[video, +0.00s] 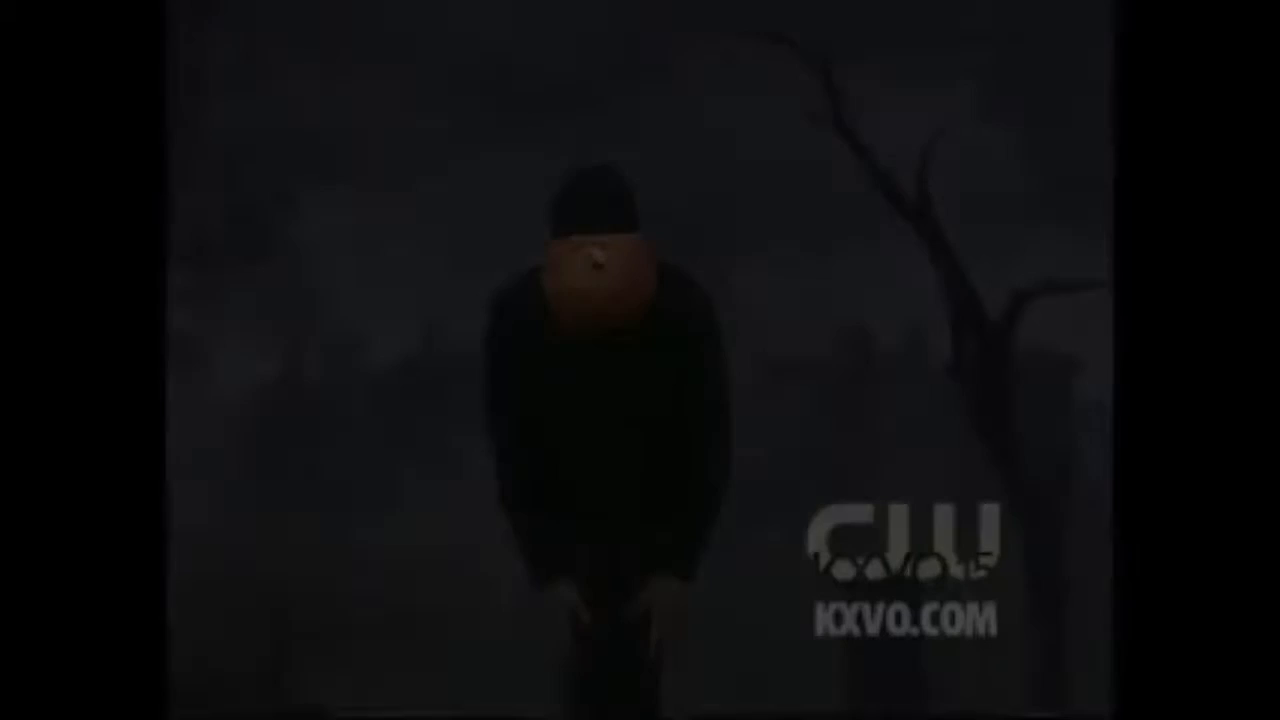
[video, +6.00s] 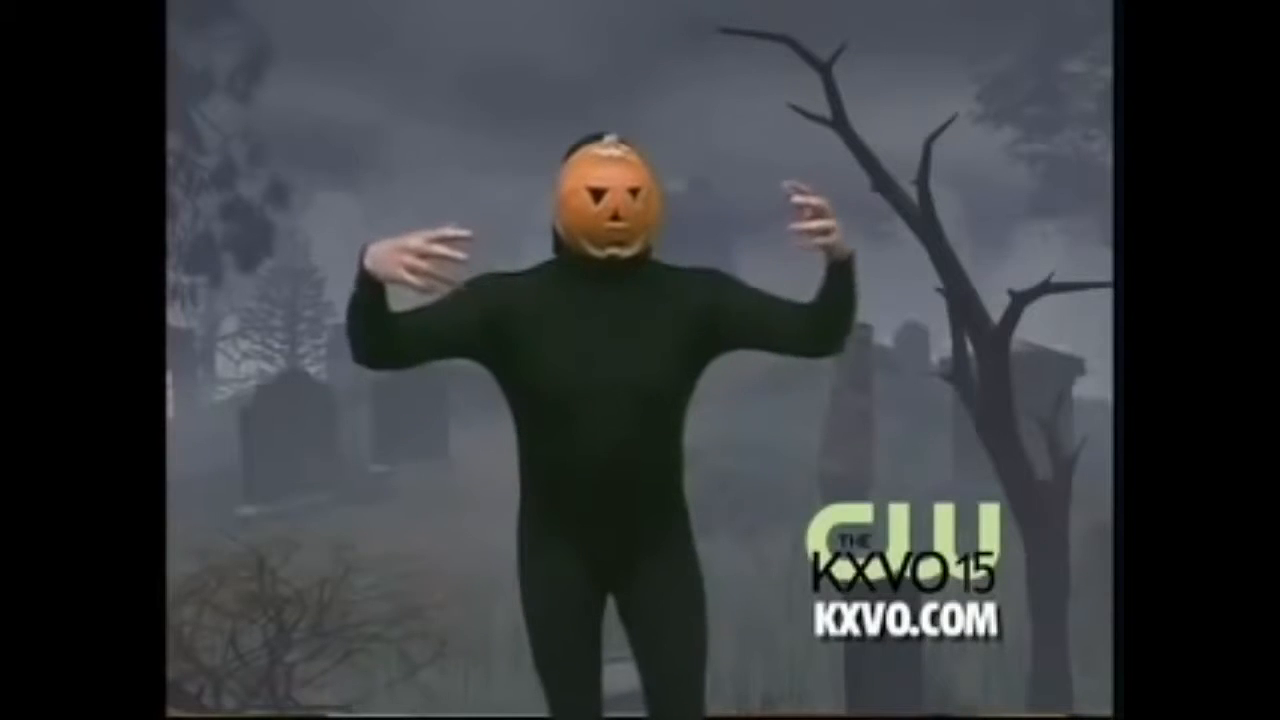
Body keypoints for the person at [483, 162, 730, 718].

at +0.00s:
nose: (599, 272)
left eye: (613, 254)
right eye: (582, 257)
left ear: (638, 251)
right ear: (555, 256)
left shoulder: (681, 310)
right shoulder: (520, 316)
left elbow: (708, 446)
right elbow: (513, 450)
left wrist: (679, 566)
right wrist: (549, 568)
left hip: (652, 515)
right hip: (564, 519)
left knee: (638, 677)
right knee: (574, 675)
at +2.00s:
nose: (597, 246)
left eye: (613, 229)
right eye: (580, 230)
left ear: (638, 230)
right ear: (553, 232)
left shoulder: (677, 298)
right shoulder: (519, 306)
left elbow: (753, 427)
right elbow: (461, 442)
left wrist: (678, 533)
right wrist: (544, 540)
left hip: (656, 520)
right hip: (560, 523)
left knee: (635, 690)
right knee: (586, 693)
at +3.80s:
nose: (608, 217)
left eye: (626, 202)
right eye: (593, 201)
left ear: (655, 214)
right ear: (565, 214)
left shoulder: (688, 297)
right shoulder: (529, 300)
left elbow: (780, 410)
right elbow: (459, 435)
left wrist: (717, 452)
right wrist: (511, 459)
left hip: (659, 531)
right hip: (562, 533)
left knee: (639, 694)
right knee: (589, 693)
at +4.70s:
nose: (614, 241)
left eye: (632, 225)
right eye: (595, 227)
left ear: (660, 218)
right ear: (563, 217)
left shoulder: (691, 301)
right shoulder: (522, 305)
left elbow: (787, 419)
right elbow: (435, 431)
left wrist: (765, 378)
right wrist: (460, 388)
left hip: (657, 534)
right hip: (562, 537)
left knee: (639, 696)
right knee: (588, 697)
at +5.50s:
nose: (614, 216)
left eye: (631, 201)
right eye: (594, 201)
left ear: (655, 211)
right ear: (562, 211)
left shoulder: (691, 302)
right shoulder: (513, 303)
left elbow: (804, 376)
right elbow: (392, 375)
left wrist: (808, 312)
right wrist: (411, 313)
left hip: (655, 542)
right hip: (557, 544)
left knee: (657, 706)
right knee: (577, 705)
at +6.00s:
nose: (616, 206)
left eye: (633, 193)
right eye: (596, 193)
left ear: (657, 209)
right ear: (559, 210)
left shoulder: (696, 299)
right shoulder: (505, 303)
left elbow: (821, 333)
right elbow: (379, 347)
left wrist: (840, 261)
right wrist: (371, 274)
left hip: (659, 545)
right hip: (556, 549)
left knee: (680, 704)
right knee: (572, 706)